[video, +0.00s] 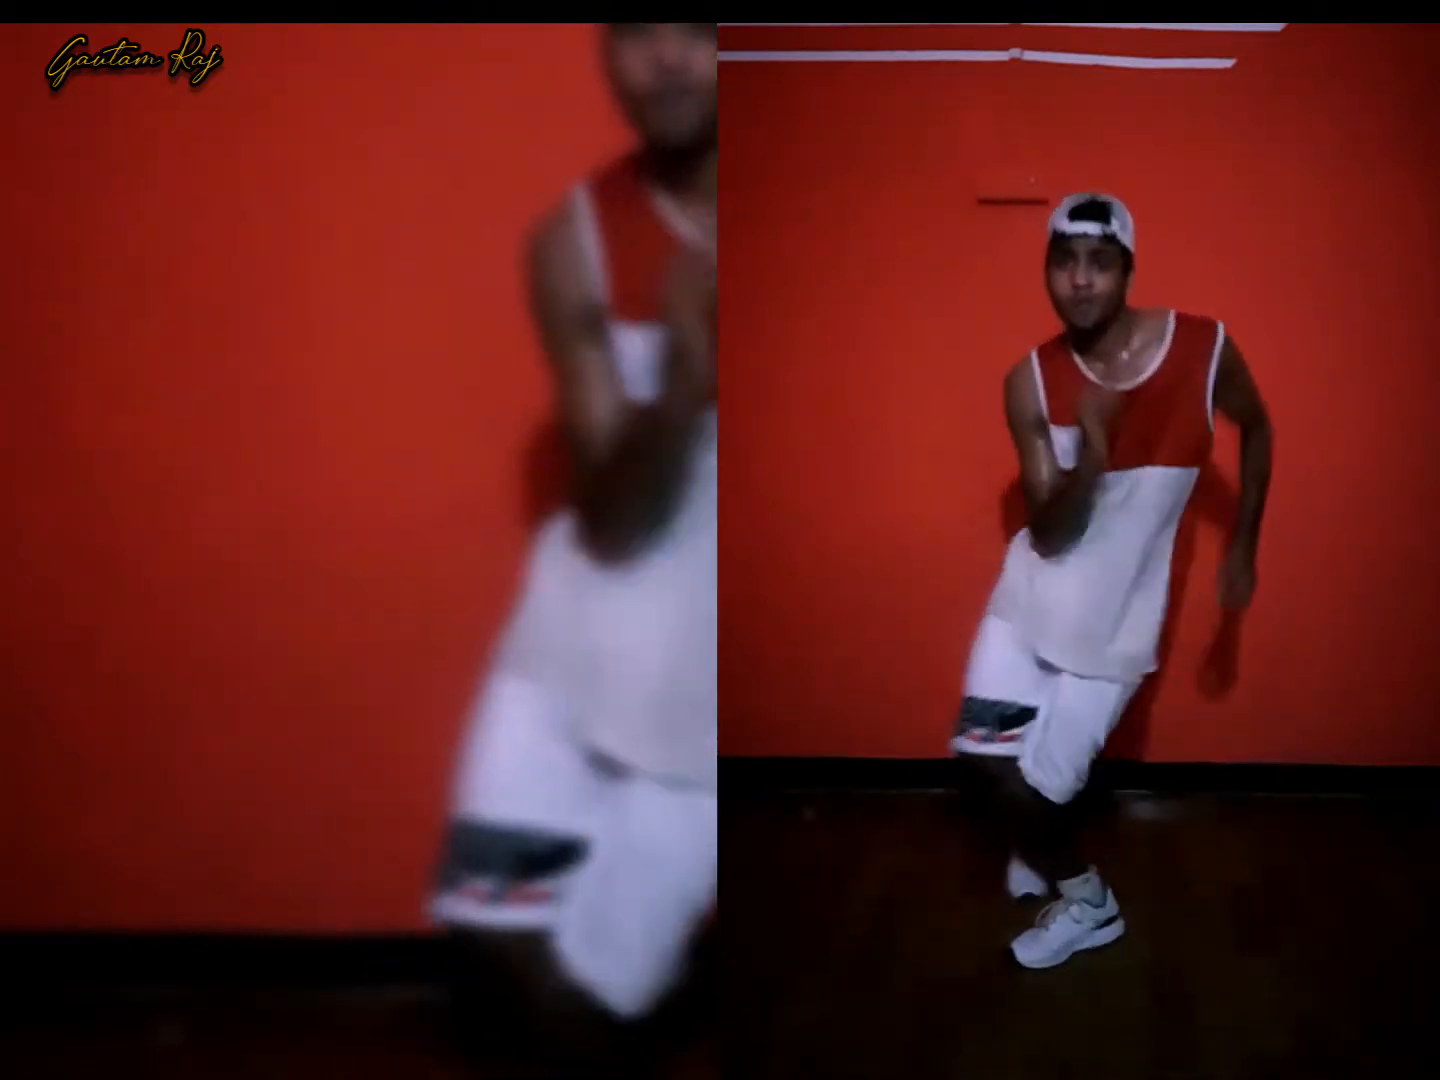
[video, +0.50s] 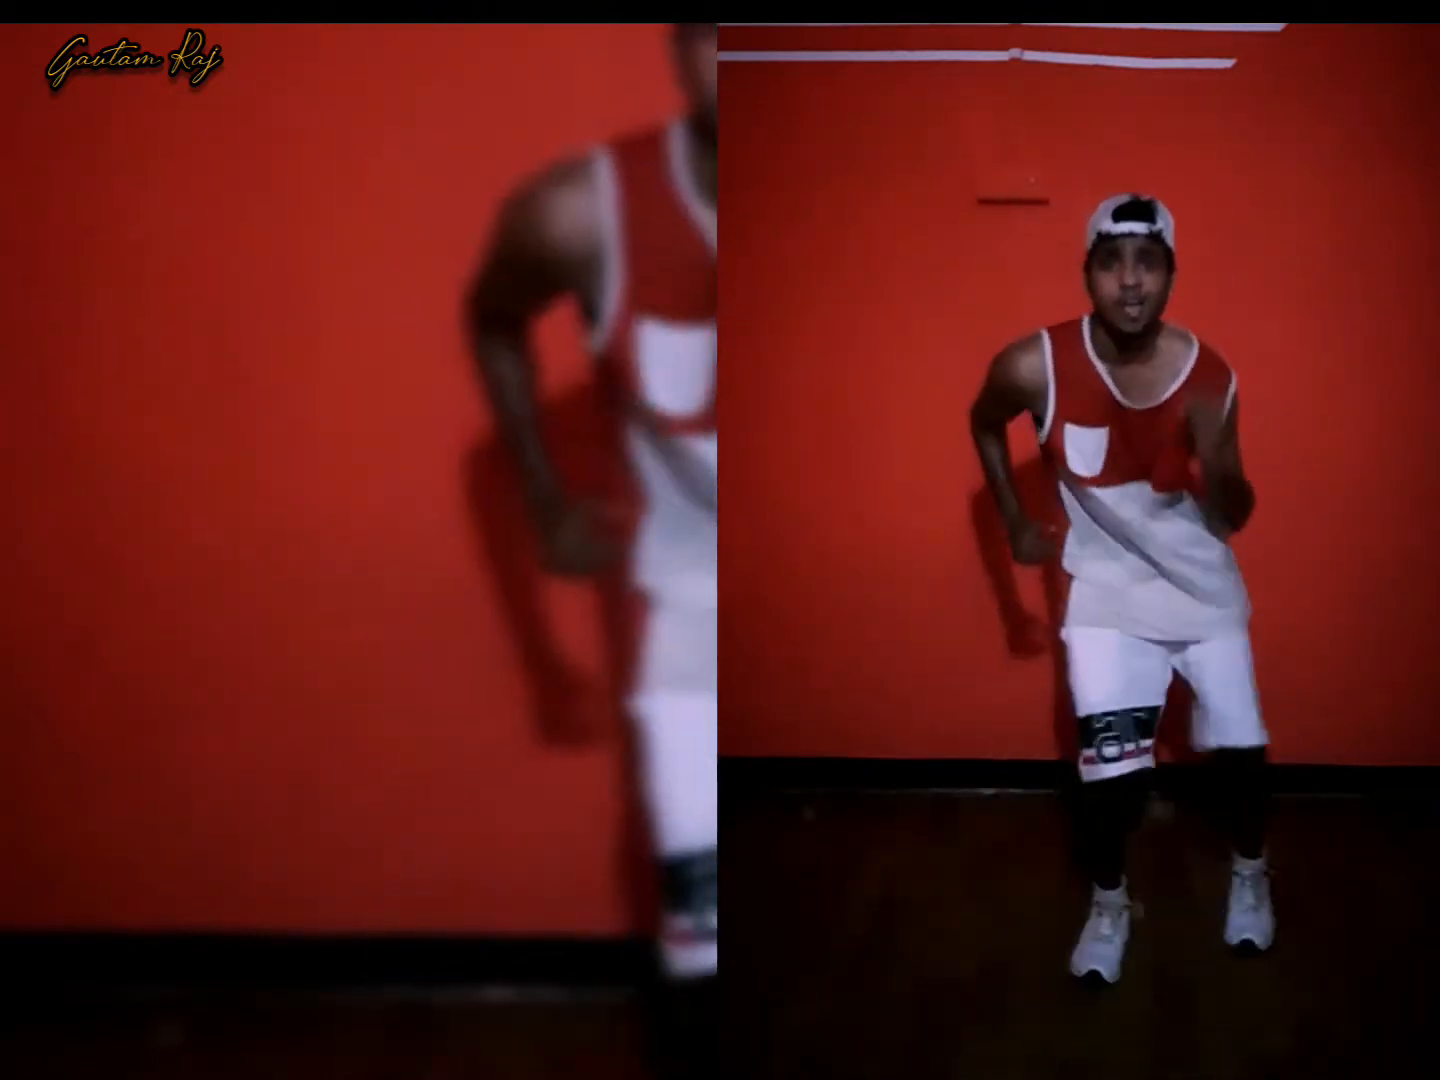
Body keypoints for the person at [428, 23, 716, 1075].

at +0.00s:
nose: (659, 62)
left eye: (682, 33)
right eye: (632, 37)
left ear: (732, 48)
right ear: (607, 61)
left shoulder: (818, 204)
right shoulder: (585, 236)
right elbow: (611, 514)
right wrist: (688, 373)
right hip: (608, 655)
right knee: (496, 917)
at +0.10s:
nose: (686, 93)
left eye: (712, 58)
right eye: (656, 59)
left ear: (747, 80)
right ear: (622, 86)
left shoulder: (807, 252)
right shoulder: (587, 273)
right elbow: (591, 568)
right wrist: (639, 355)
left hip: (708, 689)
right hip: (572, 667)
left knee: (659, 1002)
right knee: (482, 940)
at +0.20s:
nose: (713, 82)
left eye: (734, 51)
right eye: (684, 51)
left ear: (773, 74)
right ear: (647, 78)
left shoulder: (830, 235)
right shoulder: (593, 251)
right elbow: (515, 531)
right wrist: (610, 474)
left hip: (748, 693)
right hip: (592, 674)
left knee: (729, 1015)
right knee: (500, 983)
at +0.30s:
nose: (731, 46)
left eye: (744, 27)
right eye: (708, 28)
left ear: (792, 45)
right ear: (670, 42)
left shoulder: (848, 182)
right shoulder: (609, 204)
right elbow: (485, 434)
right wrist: (585, 605)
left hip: (812, 629)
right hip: (667, 628)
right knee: (598, 957)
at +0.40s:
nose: (737, 50)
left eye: (753, 34)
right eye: (717, 33)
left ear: (797, 50)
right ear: (679, 43)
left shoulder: (849, 177)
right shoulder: (591, 199)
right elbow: (483, 344)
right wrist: (547, 540)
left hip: (836, 583)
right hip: (694, 593)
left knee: (862, 886)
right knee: (695, 898)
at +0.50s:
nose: (732, 60)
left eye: (748, 40)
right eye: (713, 39)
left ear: (793, 59)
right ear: (678, 52)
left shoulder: (845, 190)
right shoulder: (589, 207)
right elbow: (495, 318)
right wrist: (553, 505)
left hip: (835, 590)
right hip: (696, 600)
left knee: (862, 877)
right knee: (703, 895)